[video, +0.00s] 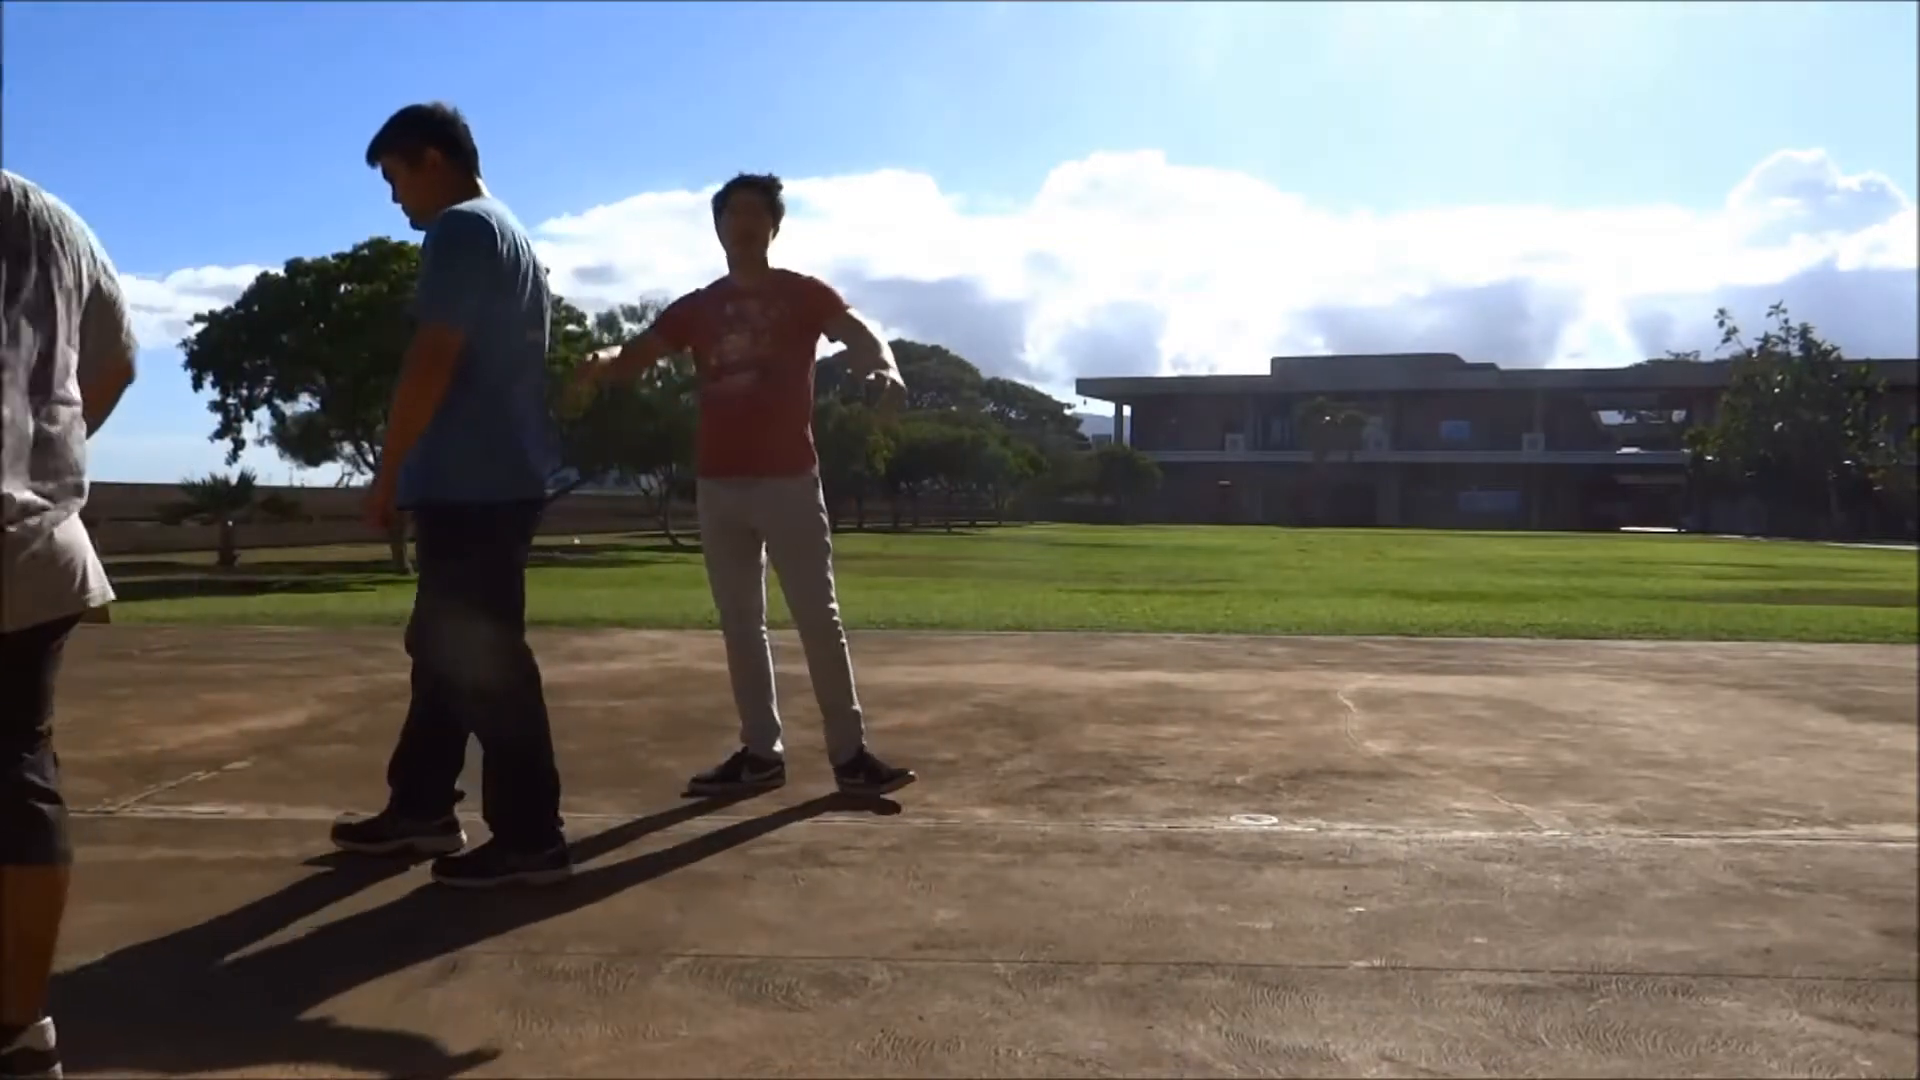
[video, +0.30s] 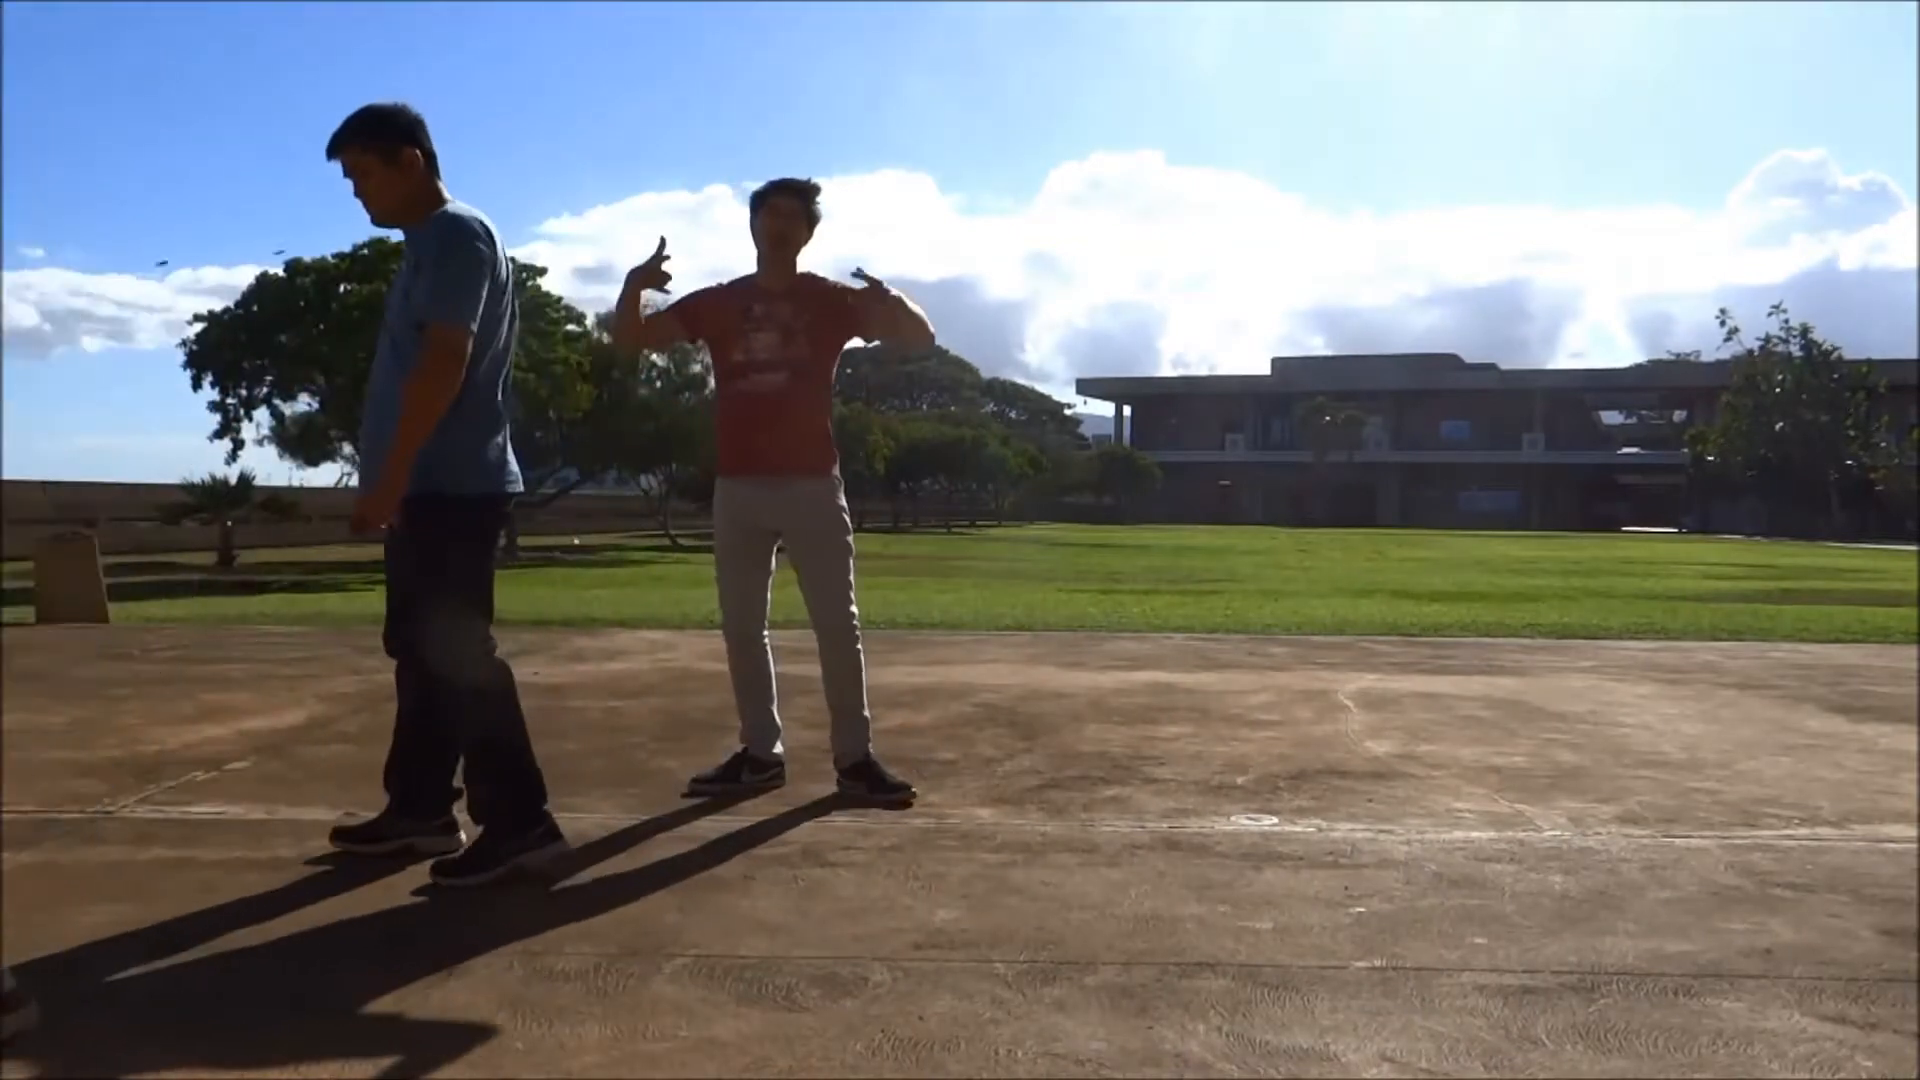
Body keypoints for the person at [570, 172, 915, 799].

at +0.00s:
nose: (743, 226)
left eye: (755, 215)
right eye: (733, 216)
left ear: (774, 224)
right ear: (718, 225)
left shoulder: (804, 294)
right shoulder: (697, 307)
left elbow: (863, 339)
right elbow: (635, 357)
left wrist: (883, 367)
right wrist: (601, 367)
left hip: (790, 483)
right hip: (721, 487)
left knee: (819, 619)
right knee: (740, 626)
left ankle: (850, 755)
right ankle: (762, 752)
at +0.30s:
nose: (779, 226)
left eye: (793, 217)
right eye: (770, 215)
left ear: (811, 230)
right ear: (752, 224)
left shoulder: (830, 300)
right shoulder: (719, 302)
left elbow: (918, 340)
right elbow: (631, 338)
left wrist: (887, 298)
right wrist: (633, 285)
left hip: (813, 488)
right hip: (740, 489)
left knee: (838, 625)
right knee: (742, 629)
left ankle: (856, 761)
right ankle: (761, 756)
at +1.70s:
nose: (922, 209)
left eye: (924, 200)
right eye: (907, 200)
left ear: (927, 215)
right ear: (872, 216)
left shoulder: (949, 305)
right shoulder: (833, 288)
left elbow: (994, 379)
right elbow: (765, 349)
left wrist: (976, 397)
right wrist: (816, 381)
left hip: (911, 480)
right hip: (846, 476)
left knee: (886, 620)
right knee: (850, 615)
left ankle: (866, 760)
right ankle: (837, 765)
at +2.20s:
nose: (946, 206)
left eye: (942, 196)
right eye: (931, 198)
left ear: (922, 213)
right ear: (893, 212)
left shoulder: (957, 296)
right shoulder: (850, 294)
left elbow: (991, 387)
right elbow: (810, 397)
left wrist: (1015, 469)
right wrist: (815, 491)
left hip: (941, 481)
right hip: (878, 479)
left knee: (900, 619)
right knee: (909, 621)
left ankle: (858, 754)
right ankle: (917, 779)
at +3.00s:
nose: (999, 188)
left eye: (995, 175)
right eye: (984, 176)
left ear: (969, 191)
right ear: (939, 190)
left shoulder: (987, 282)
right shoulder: (892, 275)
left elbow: (998, 392)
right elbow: (859, 390)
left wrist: (1028, 485)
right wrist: (873, 487)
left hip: (994, 486)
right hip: (929, 489)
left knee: (1020, 624)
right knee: (934, 640)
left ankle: (944, 745)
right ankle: (924, 789)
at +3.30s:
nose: (1023, 189)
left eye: (1021, 176)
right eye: (1010, 176)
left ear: (992, 190)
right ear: (966, 188)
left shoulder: (993, 287)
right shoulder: (919, 273)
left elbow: (990, 390)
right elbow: (912, 388)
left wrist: (1014, 467)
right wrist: (947, 471)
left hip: (999, 479)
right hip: (938, 482)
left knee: (1046, 621)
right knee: (946, 639)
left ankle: (1049, 784)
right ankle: (925, 790)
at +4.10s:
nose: (1145, 182)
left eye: (1140, 171)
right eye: (1132, 171)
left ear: (1105, 191)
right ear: (1097, 188)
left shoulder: (1095, 276)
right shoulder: (1062, 265)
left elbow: (1098, 385)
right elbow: (1059, 377)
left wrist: (1116, 472)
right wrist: (1091, 474)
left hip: (1099, 479)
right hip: (1051, 478)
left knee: (1099, 641)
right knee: (1029, 634)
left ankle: (1094, 798)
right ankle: (940, 770)